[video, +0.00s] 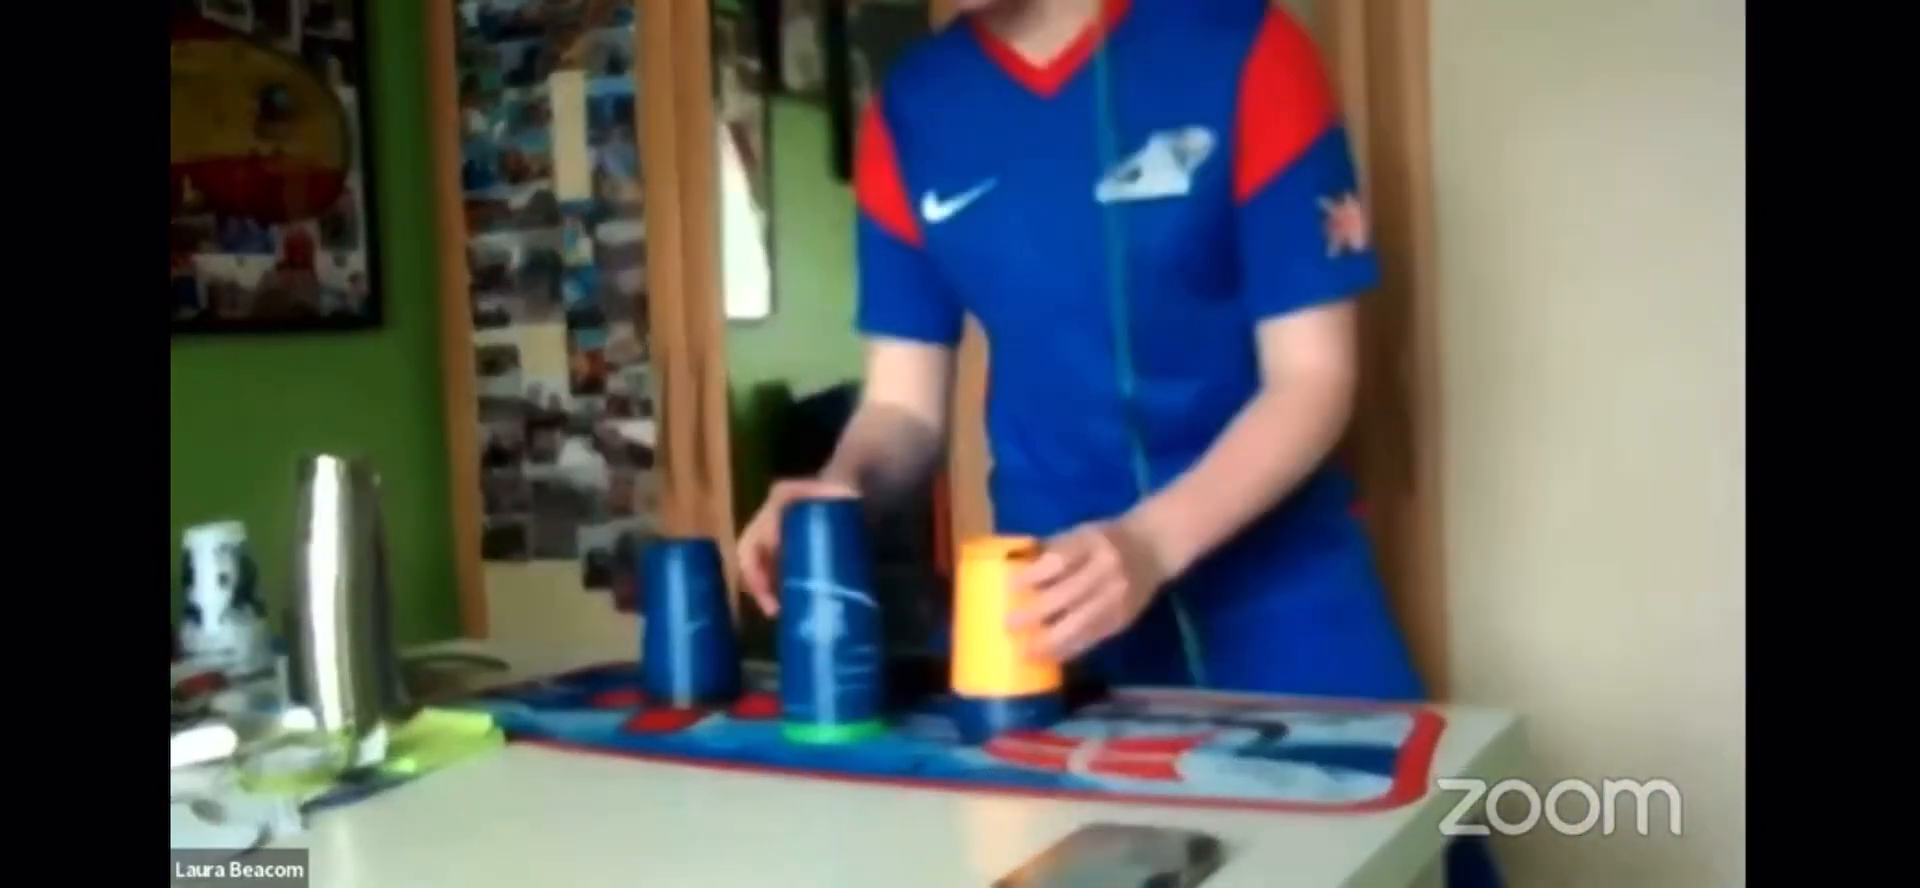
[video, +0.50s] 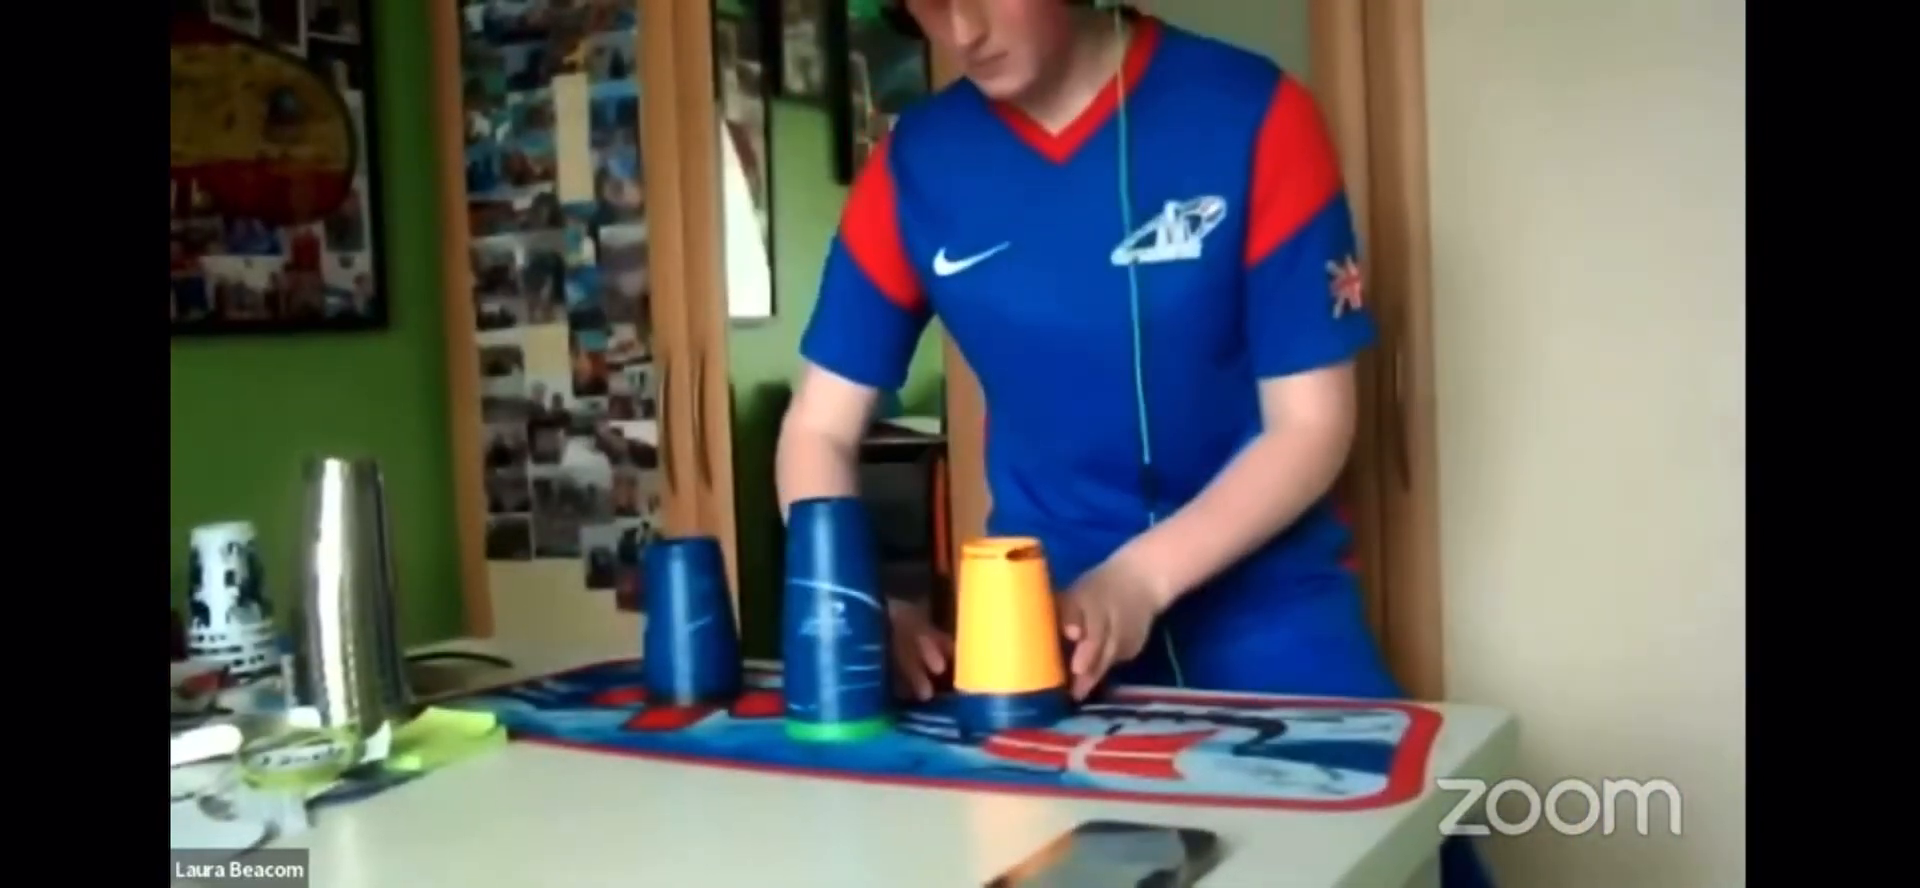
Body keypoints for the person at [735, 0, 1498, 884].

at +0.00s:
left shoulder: (1240, 50)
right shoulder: (914, 107)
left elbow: (1315, 380)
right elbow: (902, 406)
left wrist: (1148, 543)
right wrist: (836, 496)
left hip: (1275, 605)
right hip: (1057, 631)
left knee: (1357, 859)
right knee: (1091, 865)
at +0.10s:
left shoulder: (1246, 49)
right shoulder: (916, 107)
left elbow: (1317, 373)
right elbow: (892, 391)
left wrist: (1155, 532)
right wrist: (839, 515)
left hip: (1275, 577)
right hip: (1054, 604)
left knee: (1365, 852)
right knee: (1089, 863)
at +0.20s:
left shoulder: (1250, 52)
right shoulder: (916, 108)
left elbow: (1326, 373)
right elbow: (854, 395)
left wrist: (1144, 542)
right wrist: (851, 580)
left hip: (1277, 606)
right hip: (1051, 632)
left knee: (1375, 861)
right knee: (1075, 871)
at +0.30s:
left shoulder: (1248, 81)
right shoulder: (916, 133)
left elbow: (1314, 398)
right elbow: (833, 413)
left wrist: (1139, 578)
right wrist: (850, 611)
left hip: (1268, 600)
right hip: (1048, 621)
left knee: (1385, 850)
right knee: (1066, 866)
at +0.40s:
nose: (957, 26)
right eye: (930, 2)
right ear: (912, 9)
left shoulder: (1249, 113)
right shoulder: (918, 163)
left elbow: (1314, 424)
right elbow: (820, 432)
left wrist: (1135, 579)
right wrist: (858, 606)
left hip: (1264, 625)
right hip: (1045, 644)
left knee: (1380, 859)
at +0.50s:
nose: (961, 31)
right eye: (930, 5)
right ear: (910, 12)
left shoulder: (1250, 117)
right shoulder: (918, 166)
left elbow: (1314, 426)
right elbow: (818, 431)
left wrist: (1138, 580)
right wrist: (859, 606)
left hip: (1266, 626)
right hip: (1045, 649)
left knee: (1378, 857)